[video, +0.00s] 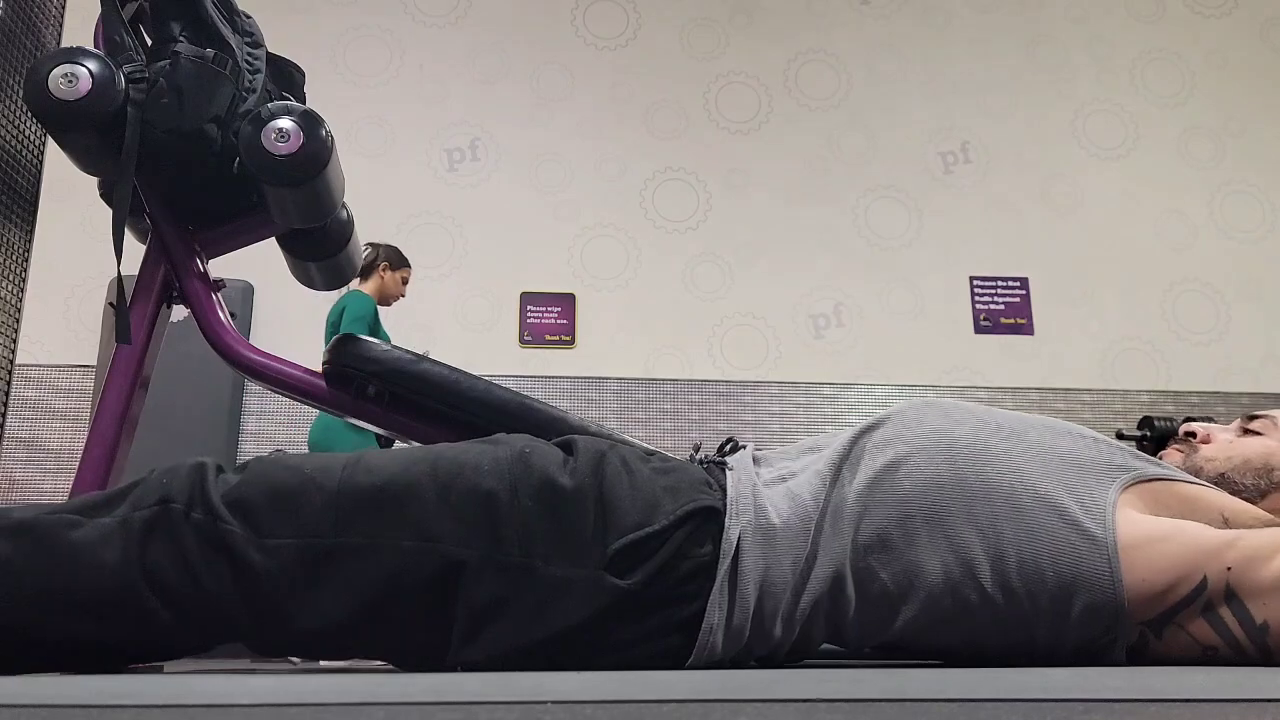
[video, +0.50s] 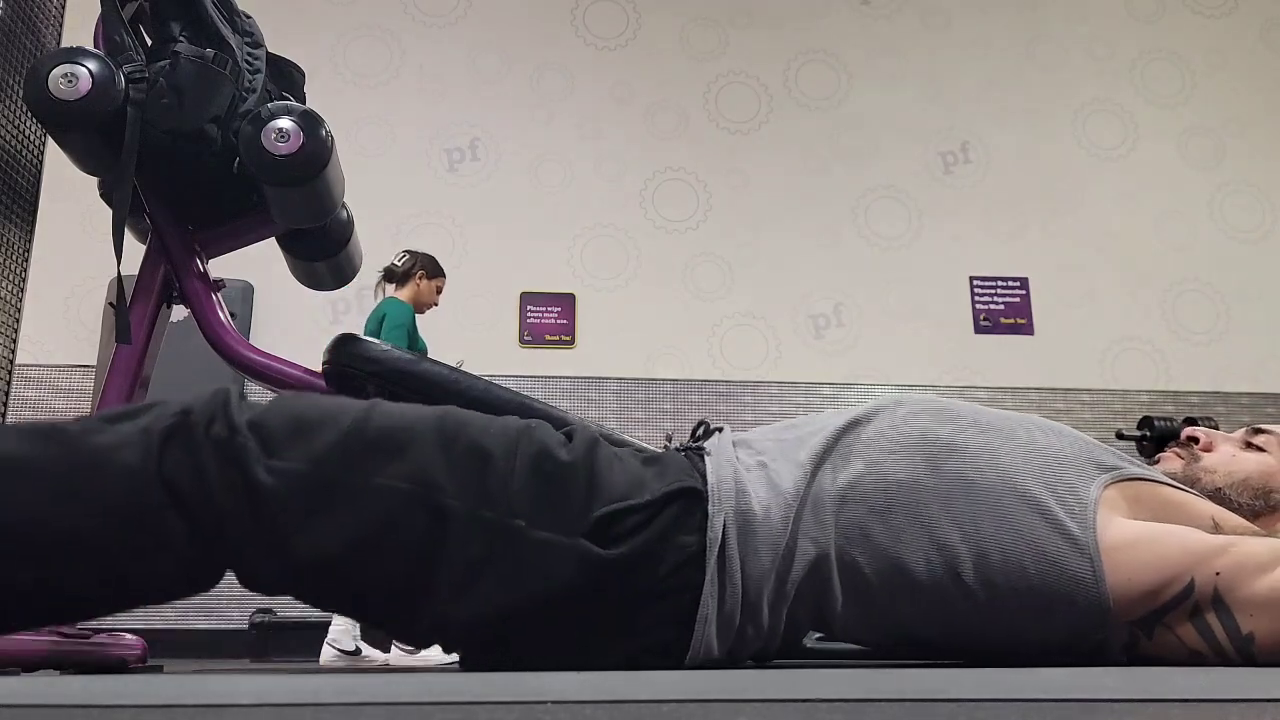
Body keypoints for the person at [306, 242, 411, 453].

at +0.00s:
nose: (404, 293)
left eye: (406, 285)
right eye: (403, 281)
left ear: (382, 270)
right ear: (384, 270)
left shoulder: (347, 303)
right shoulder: (362, 303)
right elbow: (350, 360)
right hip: (347, 430)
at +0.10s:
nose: (412, 297)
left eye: (414, 289)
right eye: (411, 285)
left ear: (391, 274)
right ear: (392, 273)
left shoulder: (357, 305)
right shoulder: (370, 305)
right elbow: (358, 360)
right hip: (351, 430)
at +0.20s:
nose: (420, 297)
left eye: (422, 290)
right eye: (419, 287)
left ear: (389, 277)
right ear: (401, 276)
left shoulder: (366, 310)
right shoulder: (376, 308)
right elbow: (371, 364)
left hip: (350, 435)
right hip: (362, 437)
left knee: (353, 535)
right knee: (362, 535)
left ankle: (344, 642)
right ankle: (352, 642)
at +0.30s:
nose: (427, 299)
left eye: (430, 292)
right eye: (426, 289)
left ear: (398, 280)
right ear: (408, 279)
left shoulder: (375, 312)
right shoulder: (383, 309)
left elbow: (380, 375)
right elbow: (377, 369)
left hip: (360, 439)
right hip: (368, 441)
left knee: (359, 537)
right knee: (369, 537)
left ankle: (342, 641)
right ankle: (363, 641)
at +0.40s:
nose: (433, 300)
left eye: (435, 293)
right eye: (432, 291)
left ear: (406, 280)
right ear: (414, 280)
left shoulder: (382, 312)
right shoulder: (390, 311)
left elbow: (386, 373)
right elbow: (384, 368)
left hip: (380, 440)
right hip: (382, 441)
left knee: (370, 536)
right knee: (376, 537)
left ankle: (346, 637)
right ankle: (356, 636)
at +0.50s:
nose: (438, 299)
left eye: (441, 291)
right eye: (437, 290)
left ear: (410, 280)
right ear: (420, 280)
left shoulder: (386, 313)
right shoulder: (397, 313)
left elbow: (391, 380)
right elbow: (391, 376)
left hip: (381, 441)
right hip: (392, 444)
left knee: (370, 539)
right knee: (402, 539)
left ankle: (343, 635)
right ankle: (406, 638)